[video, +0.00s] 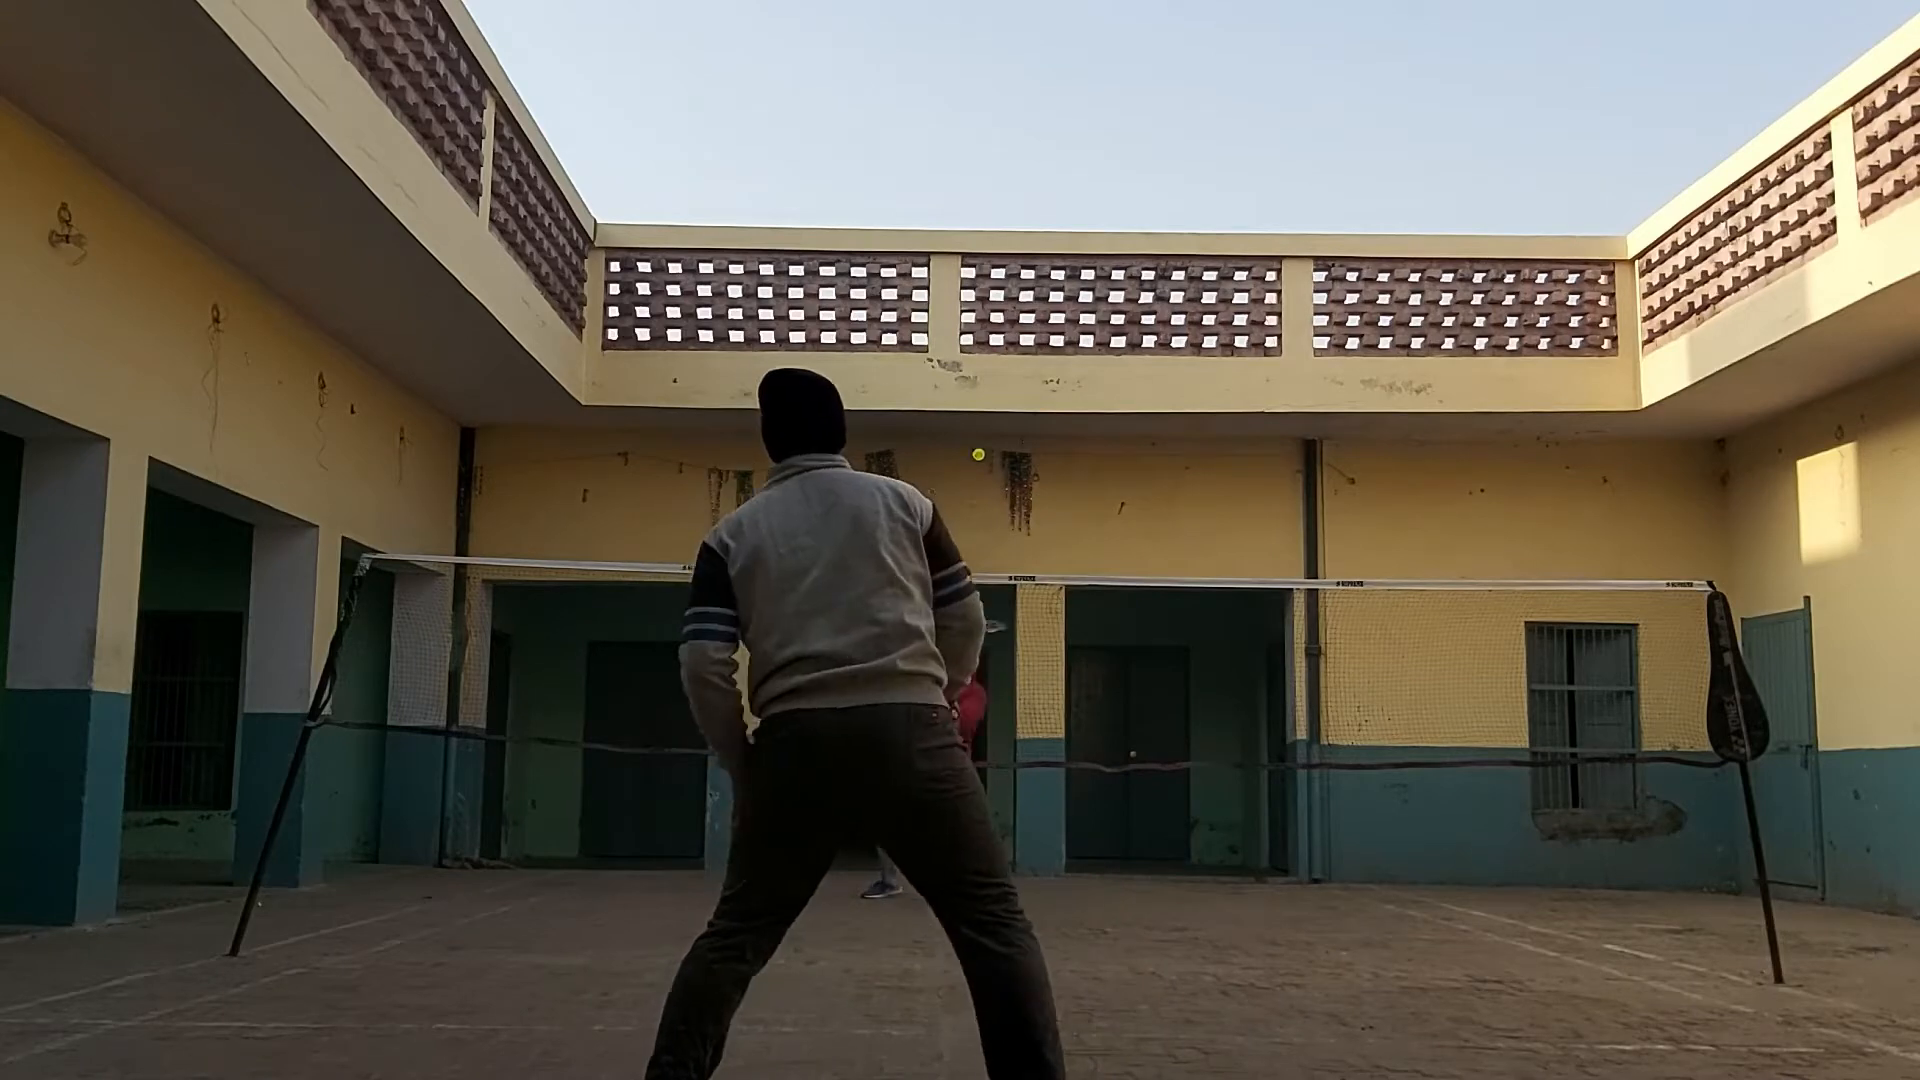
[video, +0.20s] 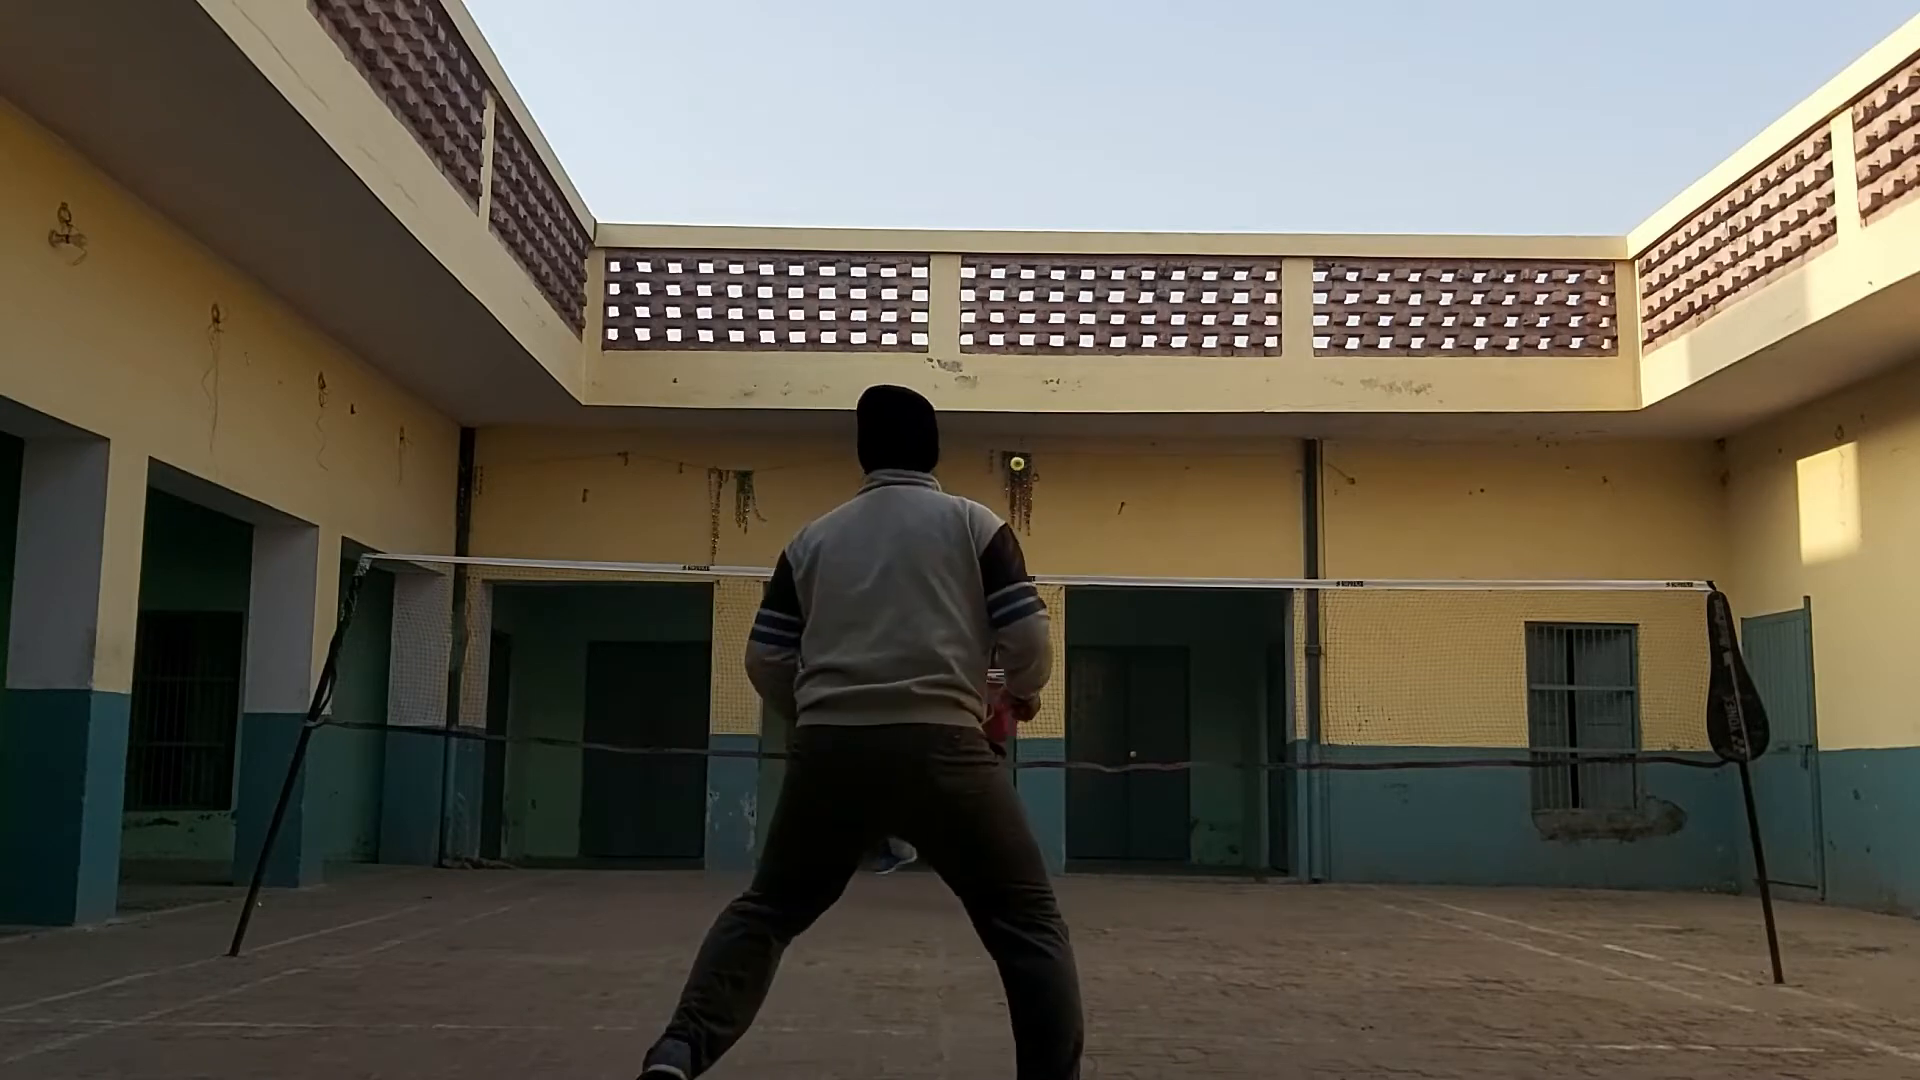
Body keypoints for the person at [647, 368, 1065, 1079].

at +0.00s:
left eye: (768, 431)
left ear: (766, 440)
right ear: (843, 435)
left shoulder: (732, 533)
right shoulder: (907, 502)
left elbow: (706, 666)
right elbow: (964, 620)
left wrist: (744, 769)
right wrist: (934, 705)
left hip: (794, 753)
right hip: (914, 742)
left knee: (736, 936)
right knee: (993, 924)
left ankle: (670, 1073)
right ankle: (1037, 1073)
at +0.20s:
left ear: (861, 453)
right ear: (934, 452)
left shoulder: (812, 539)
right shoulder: (975, 523)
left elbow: (766, 657)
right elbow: (1025, 636)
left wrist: (820, 715)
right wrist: (1018, 697)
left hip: (829, 752)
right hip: (946, 752)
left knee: (768, 906)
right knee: (1028, 924)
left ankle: (678, 1051)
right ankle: (1054, 1068)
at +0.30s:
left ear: (870, 462)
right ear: (941, 462)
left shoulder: (821, 546)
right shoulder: (968, 537)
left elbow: (780, 664)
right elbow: (1031, 651)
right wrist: (1058, 655)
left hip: (831, 762)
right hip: (944, 762)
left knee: (771, 907)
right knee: (1032, 923)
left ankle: (691, 1060)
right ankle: (1057, 1069)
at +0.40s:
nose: (933, 475)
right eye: (934, 464)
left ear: (862, 465)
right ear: (930, 468)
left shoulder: (809, 549)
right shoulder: (943, 543)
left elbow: (771, 645)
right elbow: (1018, 629)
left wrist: (849, 633)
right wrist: (1072, 555)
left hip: (819, 769)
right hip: (929, 769)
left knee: (769, 920)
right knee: (1023, 928)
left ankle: (693, 1063)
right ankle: (1055, 1072)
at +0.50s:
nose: (913, 456)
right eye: (910, 448)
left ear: (835, 451)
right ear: (906, 454)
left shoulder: (779, 538)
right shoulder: (943, 533)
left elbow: (747, 614)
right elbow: (994, 607)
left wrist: (823, 594)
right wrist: (1047, 529)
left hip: (819, 762)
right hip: (927, 757)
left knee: (768, 906)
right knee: (998, 917)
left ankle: (693, 1060)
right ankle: (1044, 1072)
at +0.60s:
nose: (893, 441)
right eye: (889, 431)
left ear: (812, 436)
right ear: (887, 436)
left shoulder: (762, 523)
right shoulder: (924, 514)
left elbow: (725, 607)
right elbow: (961, 626)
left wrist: (785, 544)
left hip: (819, 746)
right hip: (928, 739)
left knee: (765, 903)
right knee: (991, 889)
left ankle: (695, 1059)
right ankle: (1038, 1061)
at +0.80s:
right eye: (885, 430)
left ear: (815, 438)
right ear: (890, 434)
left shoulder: (770, 528)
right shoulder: (936, 514)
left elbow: (736, 642)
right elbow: (984, 642)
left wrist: (813, 627)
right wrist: (997, 665)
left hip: (820, 747)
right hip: (930, 741)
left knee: (762, 909)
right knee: (1002, 904)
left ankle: (696, 1065)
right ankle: (1065, 1067)